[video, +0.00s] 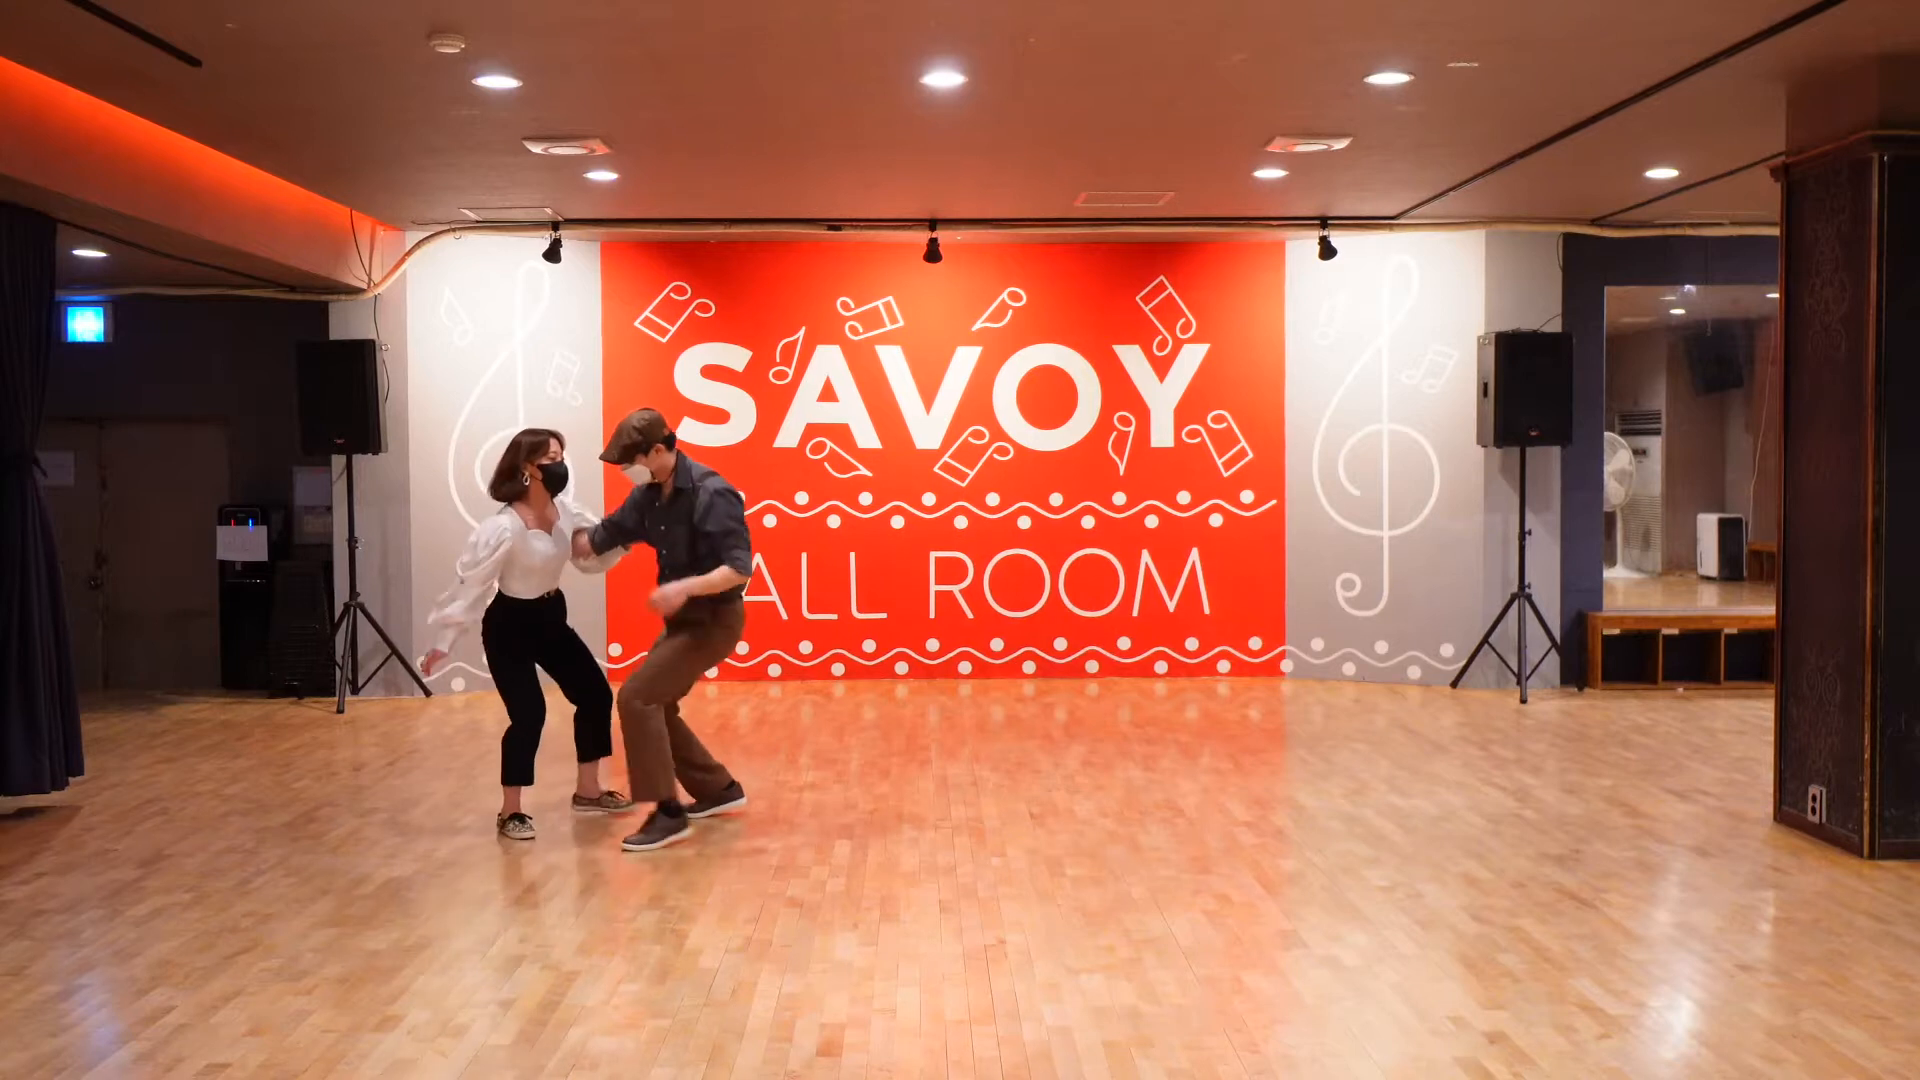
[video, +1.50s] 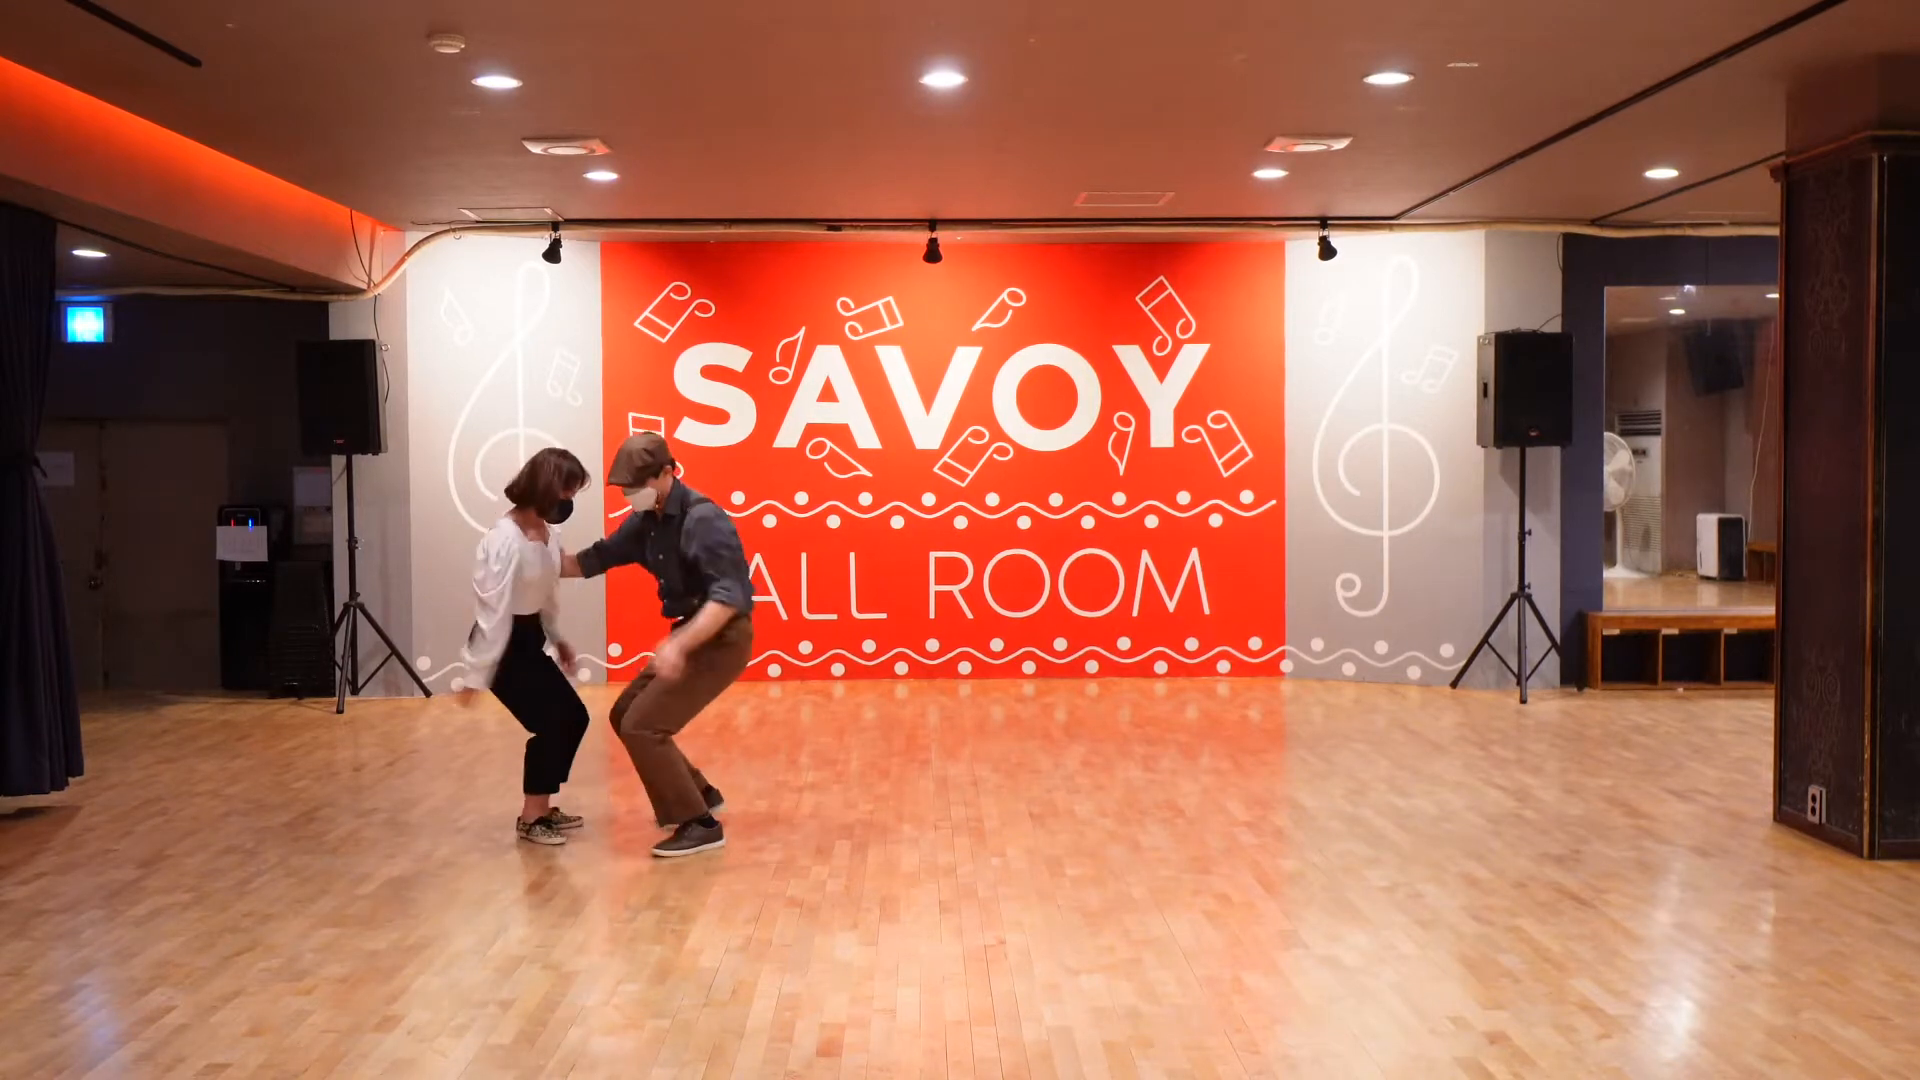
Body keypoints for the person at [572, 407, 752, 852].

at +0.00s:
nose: (629, 471)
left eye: (632, 461)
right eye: (626, 463)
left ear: (659, 450)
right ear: (649, 454)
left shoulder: (712, 493)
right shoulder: (648, 497)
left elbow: (739, 569)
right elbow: (600, 538)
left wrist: (684, 587)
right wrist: (576, 538)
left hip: (716, 617)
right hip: (684, 616)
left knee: (636, 697)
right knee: (654, 706)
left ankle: (669, 810)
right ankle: (717, 787)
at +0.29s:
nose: (626, 466)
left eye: (629, 457)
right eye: (622, 460)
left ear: (652, 443)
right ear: (648, 447)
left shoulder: (690, 476)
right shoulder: (659, 483)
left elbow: (648, 516)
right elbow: (619, 536)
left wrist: (601, 467)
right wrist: (594, 545)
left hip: (704, 609)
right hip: (683, 605)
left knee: (631, 710)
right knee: (621, 677)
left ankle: (672, 820)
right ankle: (627, 785)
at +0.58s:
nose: (627, 465)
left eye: (629, 455)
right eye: (624, 456)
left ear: (653, 446)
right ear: (655, 448)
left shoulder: (680, 483)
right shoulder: (662, 490)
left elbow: (597, 506)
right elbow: (594, 540)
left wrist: (513, 495)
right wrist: (537, 543)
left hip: (703, 618)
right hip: (682, 615)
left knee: (624, 718)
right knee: (609, 690)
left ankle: (673, 822)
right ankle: (594, 798)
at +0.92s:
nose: (616, 467)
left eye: (622, 459)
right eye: (616, 460)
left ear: (646, 458)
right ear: (643, 459)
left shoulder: (686, 512)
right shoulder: (639, 500)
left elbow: (724, 593)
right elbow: (585, 545)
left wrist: (755, 659)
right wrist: (529, 550)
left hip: (703, 621)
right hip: (675, 617)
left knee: (614, 691)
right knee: (642, 712)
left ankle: (656, 798)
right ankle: (698, 795)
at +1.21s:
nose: (622, 482)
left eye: (627, 473)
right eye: (620, 474)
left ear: (653, 465)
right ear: (645, 467)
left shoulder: (701, 502)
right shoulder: (636, 502)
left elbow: (768, 531)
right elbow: (585, 536)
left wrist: (785, 585)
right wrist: (540, 549)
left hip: (707, 626)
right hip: (673, 623)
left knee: (640, 705)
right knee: (629, 710)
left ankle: (607, 820)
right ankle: (699, 798)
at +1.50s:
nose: (626, 497)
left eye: (633, 488)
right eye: (624, 488)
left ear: (664, 477)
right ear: (656, 479)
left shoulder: (704, 519)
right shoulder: (646, 522)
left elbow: (730, 595)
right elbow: (592, 560)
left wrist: (679, 644)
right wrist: (534, 558)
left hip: (724, 636)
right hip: (693, 633)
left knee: (641, 726)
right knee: (624, 715)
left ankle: (698, 823)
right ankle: (699, 794)